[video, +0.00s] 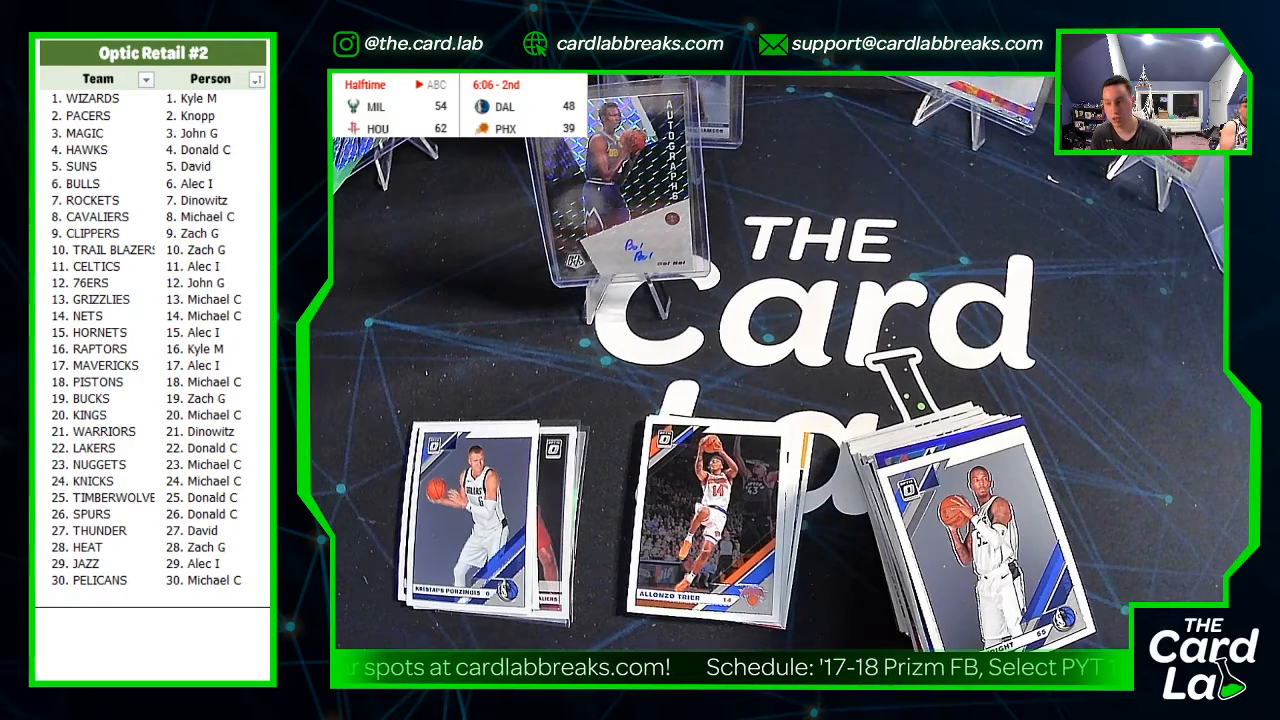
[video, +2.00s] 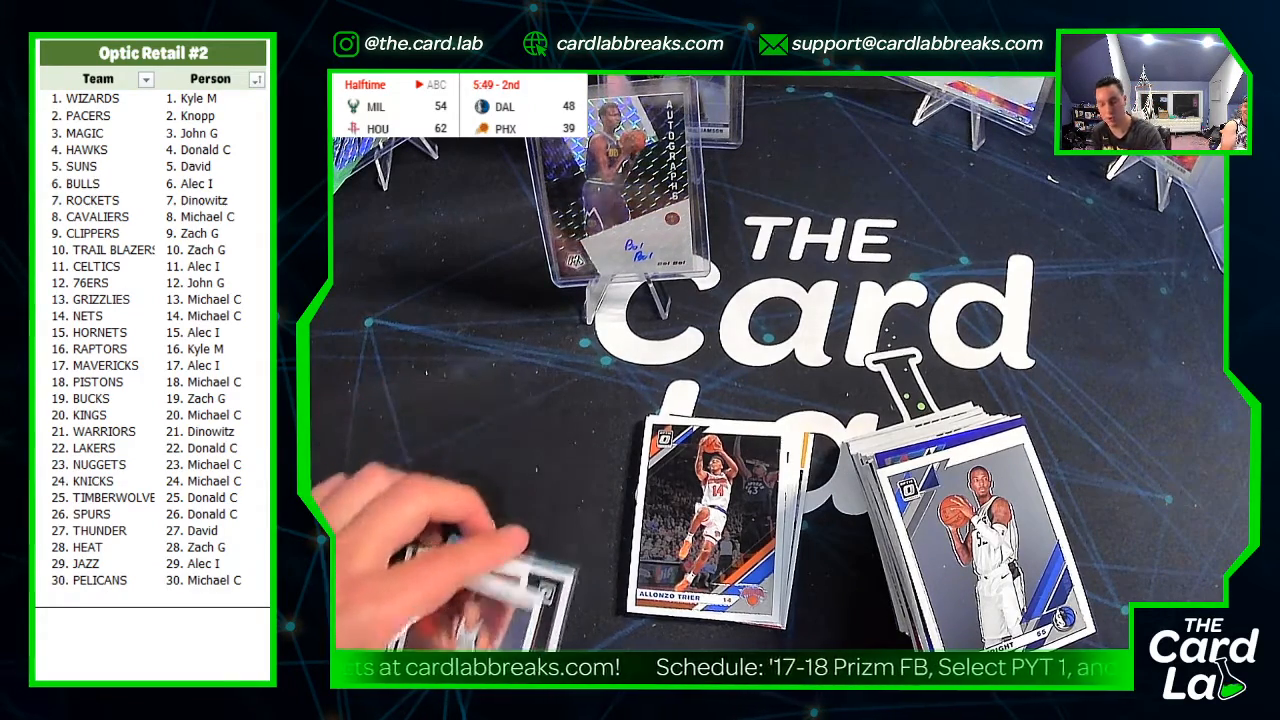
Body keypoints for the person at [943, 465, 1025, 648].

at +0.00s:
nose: (980, 483)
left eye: (984, 479)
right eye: (976, 480)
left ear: (990, 482)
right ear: (970, 485)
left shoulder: (1000, 504)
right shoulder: (975, 518)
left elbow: (997, 539)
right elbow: (965, 559)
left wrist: (973, 517)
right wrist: (953, 530)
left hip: (1007, 579)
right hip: (985, 585)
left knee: (1018, 633)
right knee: (992, 640)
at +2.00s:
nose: (980, 483)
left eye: (983, 478)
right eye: (975, 480)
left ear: (990, 481)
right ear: (970, 485)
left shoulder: (1000, 504)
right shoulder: (974, 517)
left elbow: (997, 539)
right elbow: (965, 559)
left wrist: (972, 517)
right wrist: (954, 530)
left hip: (1007, 579)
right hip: (985, 585)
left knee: (1018, 632)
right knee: (991, 639)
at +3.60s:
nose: (980, 483)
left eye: (983, 479)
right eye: (975, 480)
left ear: (990, 482)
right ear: (970, 486)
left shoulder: (1000, 504)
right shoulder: (974, 517)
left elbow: (997, 539)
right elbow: (965, 559)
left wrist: (972, 517)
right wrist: (953, 531)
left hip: (1007, 579)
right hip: (985, 585)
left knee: (1018, 633)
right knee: (991, 640)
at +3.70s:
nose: (980, 483)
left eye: (983, 479)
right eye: (975, 480)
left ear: (990, 482)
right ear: (970, 486)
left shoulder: (1000, 504)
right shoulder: (974, 518)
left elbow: (997, 539)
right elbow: (965, 559)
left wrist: (972, 517)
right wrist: (953, 531)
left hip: (1007, 579)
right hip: (985, 585)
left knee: (1018, 633)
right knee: (991, 640)